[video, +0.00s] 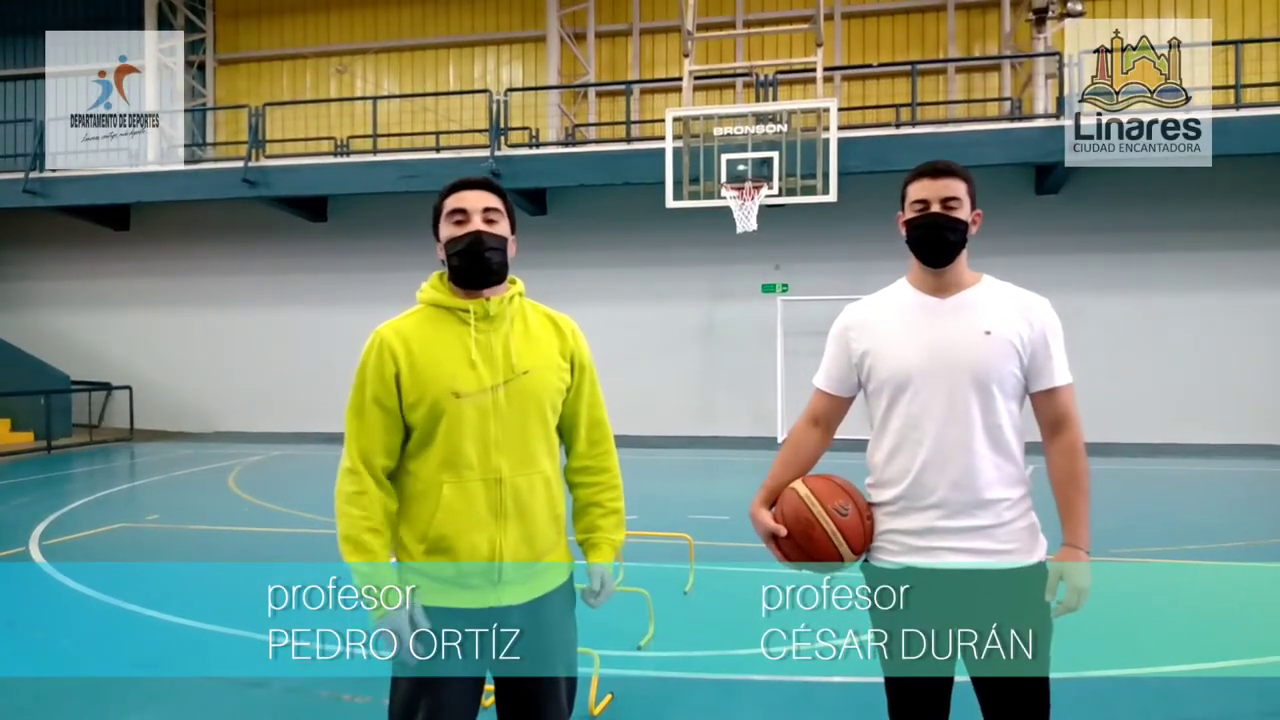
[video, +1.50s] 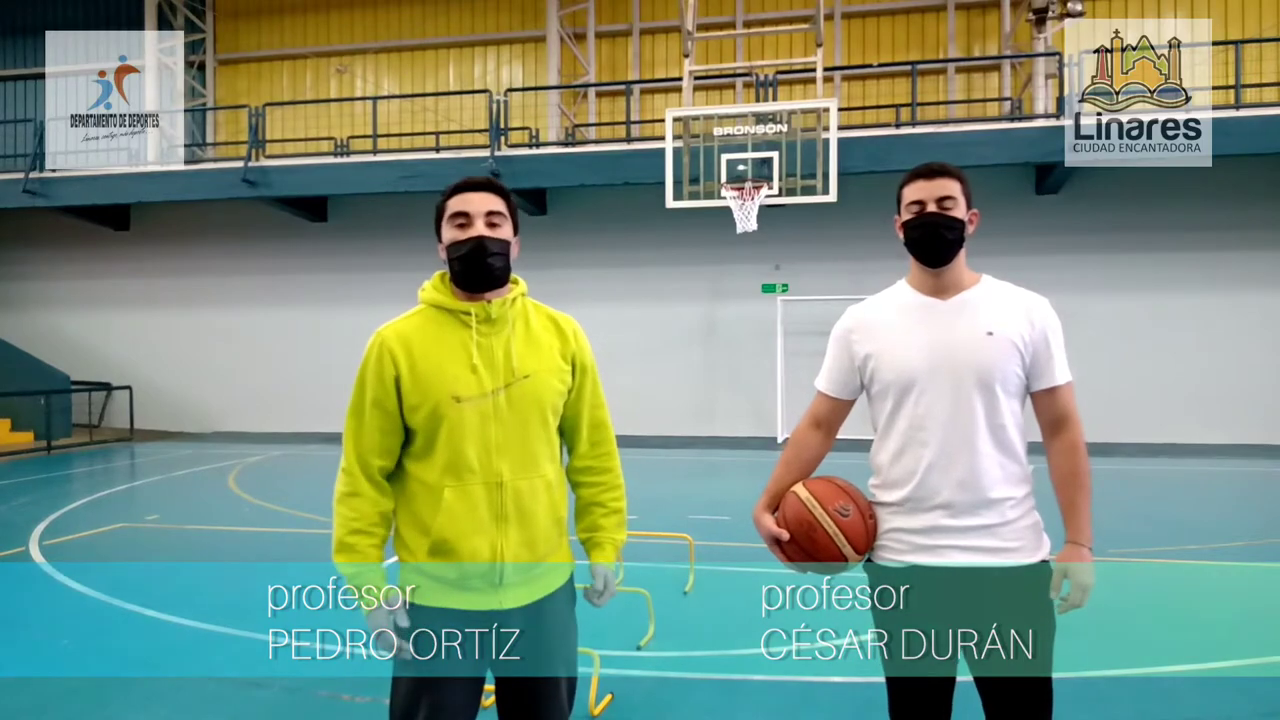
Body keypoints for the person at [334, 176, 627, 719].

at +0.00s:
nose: (477, 227)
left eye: (492, 217)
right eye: (459, 218)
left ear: (513, 241)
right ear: (440, 244)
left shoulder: (558, 336)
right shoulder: (396, 344)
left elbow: (593, 454)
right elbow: (363, 474)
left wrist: (601, 550)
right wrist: (380, 589)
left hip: (541, 592)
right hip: (436, 596)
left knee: (548, 712)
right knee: (430, 715)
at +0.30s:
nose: (484, 226)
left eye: (500, 217)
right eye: (467, 217)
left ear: (520, 244)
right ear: (447, 244)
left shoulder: (562, 337)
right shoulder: (401, 340)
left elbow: (594, 458)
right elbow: (367, 466)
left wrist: (601, 553)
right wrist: (375, 569)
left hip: (541, 591)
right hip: (436, 594)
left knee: (547, 712)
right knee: (429, 714)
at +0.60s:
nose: (493, 229)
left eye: (509, 220)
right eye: (476, 219)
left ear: (527, 243)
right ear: (454, 243)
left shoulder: (565, 340)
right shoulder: (406, 339)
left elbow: (594, 459)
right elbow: (374, 466)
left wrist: (600, 555)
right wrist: (369, 578)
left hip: (542, 591)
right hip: (439, 594)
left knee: (549, 712)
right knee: (431, 714)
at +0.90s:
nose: (495, 230)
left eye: (510, 221)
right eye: (478, 220)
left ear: (529, 243)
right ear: (456, 243)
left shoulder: (567, 341)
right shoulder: (407, 339)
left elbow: (595, 460)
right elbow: (368, 464)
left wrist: (599, 555)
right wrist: (390, 569)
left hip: (543, 594)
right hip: (438, 596)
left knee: (548, 713)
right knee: (432, 715)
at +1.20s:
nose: (488, 231)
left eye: (504, 221)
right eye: (471, 221)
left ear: (524, 245)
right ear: (451, 244)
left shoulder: (566, 340)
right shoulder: (405, 341)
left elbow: (597, 457)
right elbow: (371, 466)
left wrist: (604, 554)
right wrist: (363, 579)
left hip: (543, 591)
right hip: (438, 593)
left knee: (548, 712)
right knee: (431, 713)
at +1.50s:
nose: (478, 231)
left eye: (495, 221)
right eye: (460, 222)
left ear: (515, 244)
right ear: (441, 247)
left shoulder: (560, 336)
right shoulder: (397, 345)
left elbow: (594, 452)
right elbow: (363, 472)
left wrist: (604, 548)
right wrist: (364, 581)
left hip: (542, 591)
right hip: (438, 595)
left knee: (548, 712)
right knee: (430, 714)